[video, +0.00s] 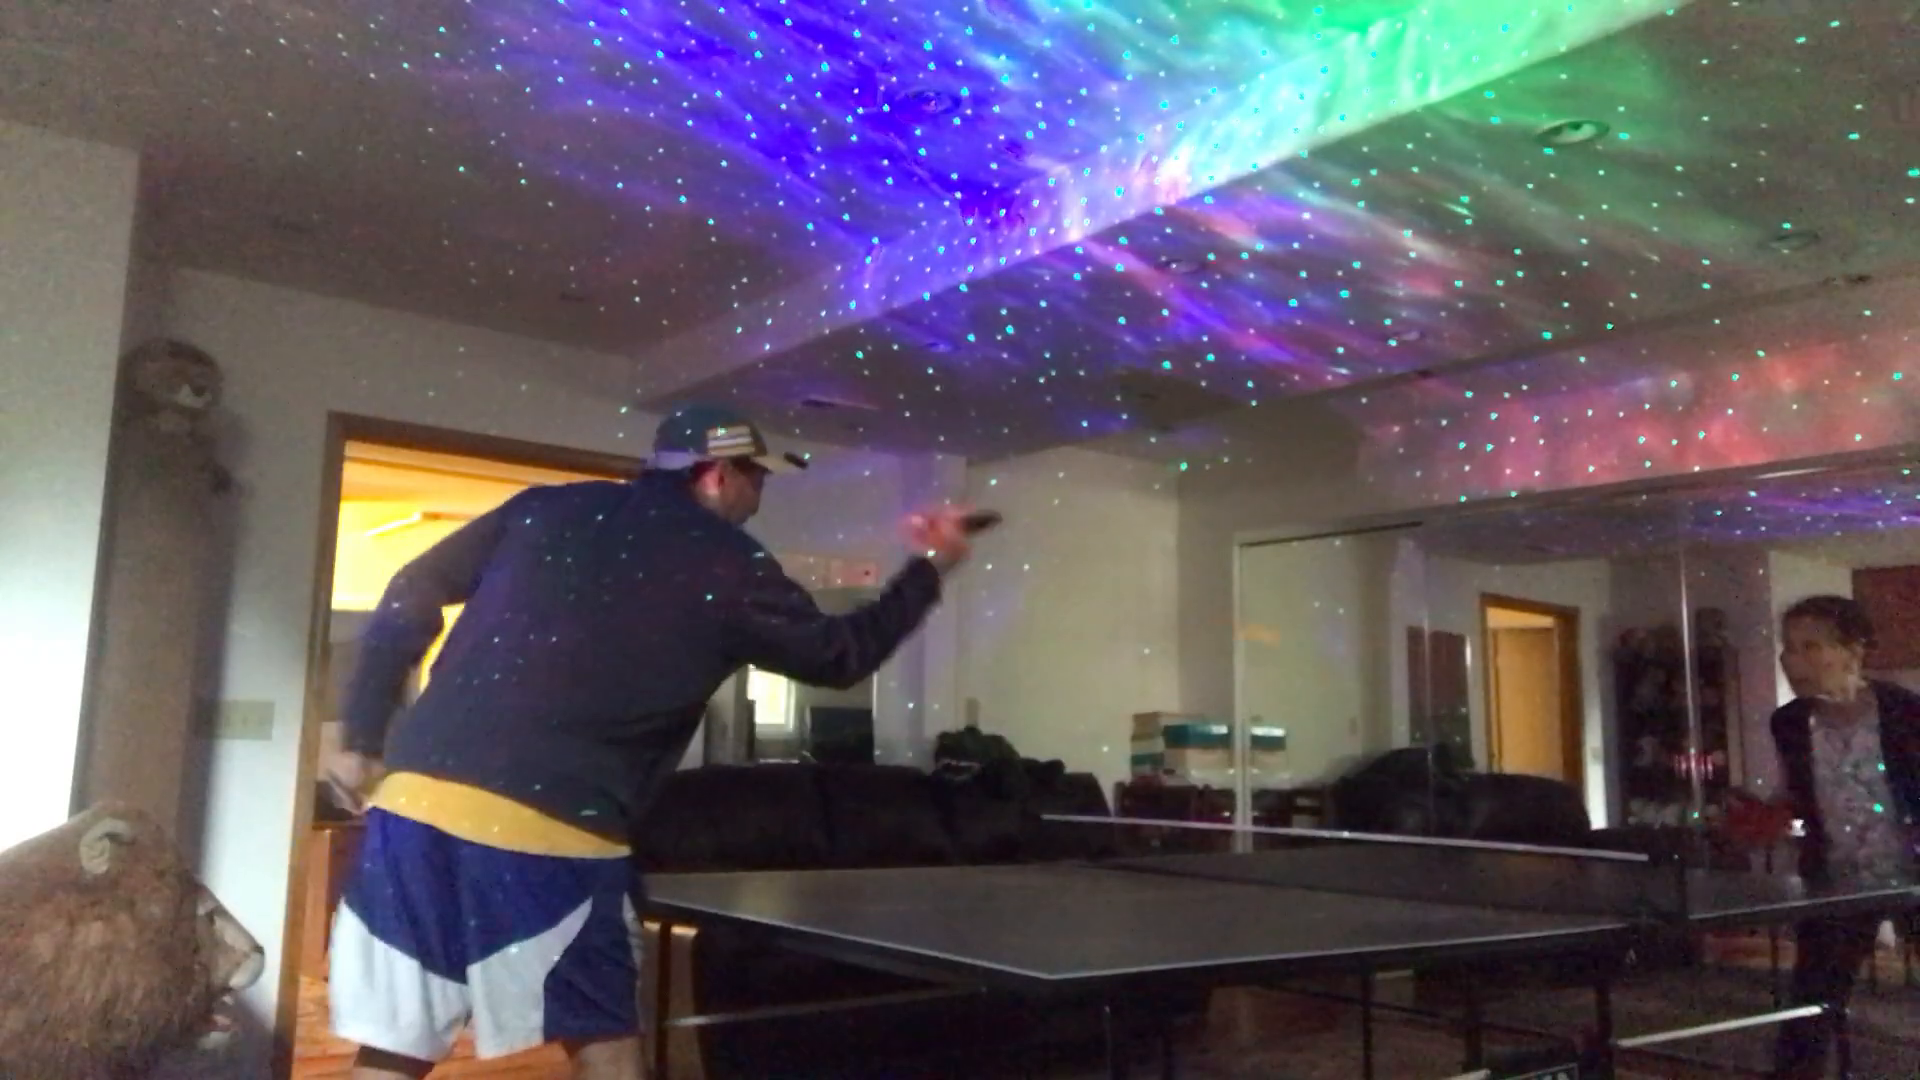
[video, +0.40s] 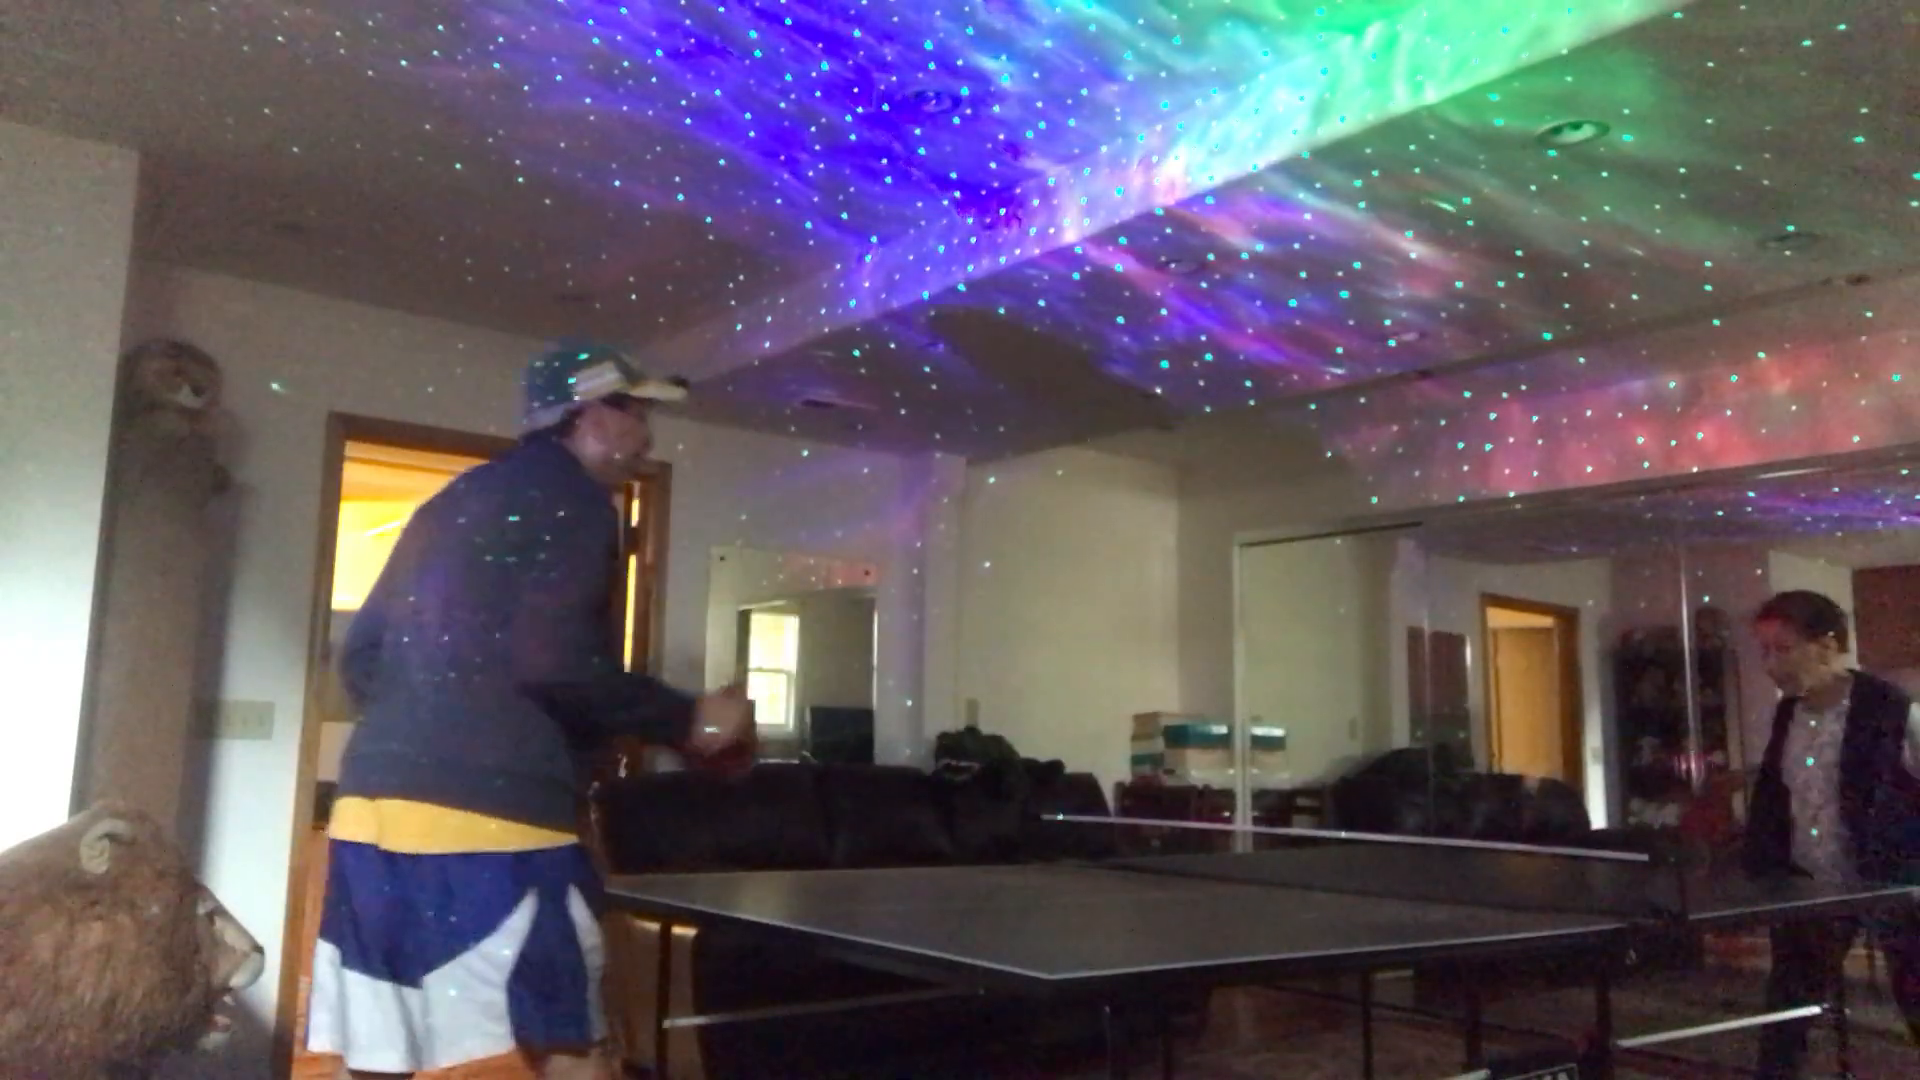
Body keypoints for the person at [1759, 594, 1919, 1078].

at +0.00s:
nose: (1787, 659)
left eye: (1802, 647)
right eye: (1786, 648)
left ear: (1853, 651)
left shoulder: (1903, 709)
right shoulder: (1789, 724)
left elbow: (1914, 793)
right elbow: (1804, 802)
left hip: (1908, 878)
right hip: (1837, 885)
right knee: (1811, 1005)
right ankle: (1799, 1066)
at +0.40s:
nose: (1773, 665)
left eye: (1784, 648)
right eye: (1768, 652)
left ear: (1827, 645)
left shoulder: (1888, 706)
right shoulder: (1787, 711)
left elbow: (1909, 797)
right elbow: (1769, 796)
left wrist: (1897, 873)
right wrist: (1763, 868)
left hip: (1886, 882)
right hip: (1806, 885)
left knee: (1914, 998)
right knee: (1786, 1006)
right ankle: (1776, 1070)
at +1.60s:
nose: (1774, 652)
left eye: (1788, 638)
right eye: (1762, 640)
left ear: (1817, 646)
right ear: (1751, 650)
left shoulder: (1863, 712)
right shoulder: (1742, 718)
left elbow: (1909, 794)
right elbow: (1737, 799)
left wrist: (1903, 861)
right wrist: (1770, 852)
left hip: (1868, 875)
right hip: (1787, 880)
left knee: (1907, 988)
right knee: (1784, 999)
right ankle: (1787, 1072)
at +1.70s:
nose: (1771, 651)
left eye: (1783, 638)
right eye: (1759, 641)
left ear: (1813, 644)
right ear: (1747, 651)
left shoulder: (1860, 711)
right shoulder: (1742, 718)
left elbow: (1909, 788)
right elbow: (1741, 797)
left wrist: (1903, 863)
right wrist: (1767, 852)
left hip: (1863, 878)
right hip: (1786, 881)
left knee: (1904, 992)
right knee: (1784, 1002)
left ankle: (1916, 1058)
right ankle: (1787, 1074)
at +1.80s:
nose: (1770, 651)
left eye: (1783, 638)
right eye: (1759, 641)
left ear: (1813, 644)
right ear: (1748, 650)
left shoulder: (1860, 709)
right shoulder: (1745, 717)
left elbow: (1910, 783)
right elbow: (1745, 793)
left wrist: (1907, 871)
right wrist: (1766, 842)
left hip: (1864, 871)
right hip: (1788, 875)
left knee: (1904, 986)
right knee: (1785, 997)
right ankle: (1788, 1070)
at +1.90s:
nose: (1771, 652)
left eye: (1783, 639)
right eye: (1760, 642)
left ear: (1815, 643)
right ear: (1750, 651)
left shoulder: (1865, 707)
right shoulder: (1750, 714)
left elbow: (1913, 783)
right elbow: (1749, 789)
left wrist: (1905, 863)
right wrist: (1772, 848)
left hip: (1868, 874)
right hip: (1792, 876)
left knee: (1908, 982)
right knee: (1788, 995)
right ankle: (1788, 1071)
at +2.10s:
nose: (1769, 658)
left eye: (1782, 644)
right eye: (1758, 647)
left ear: (1815, 644)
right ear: (1749, 655)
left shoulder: (1867, 708)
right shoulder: (1756, 716)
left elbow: (1899, 795)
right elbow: (1759, 795)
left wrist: (1891, 866)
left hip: (1869, 876)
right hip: (1795, 880)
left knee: (1907, 983)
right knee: (1791, 991)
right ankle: (1790, 1070)